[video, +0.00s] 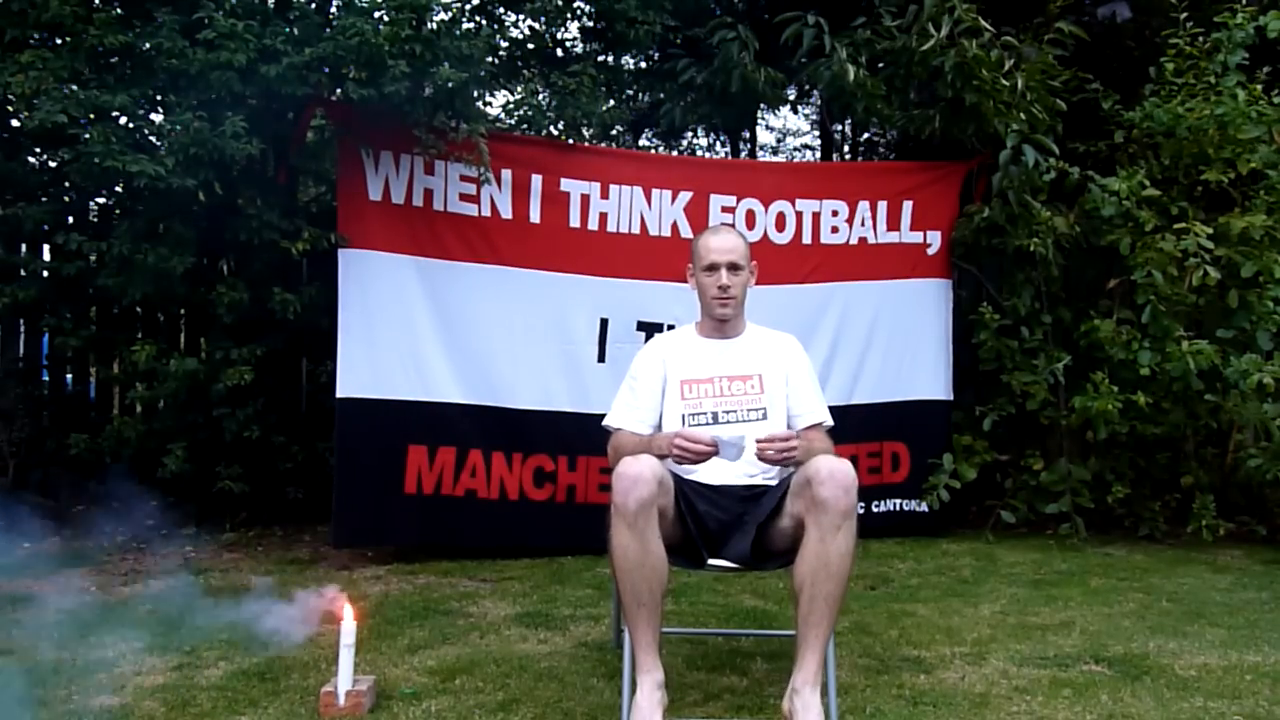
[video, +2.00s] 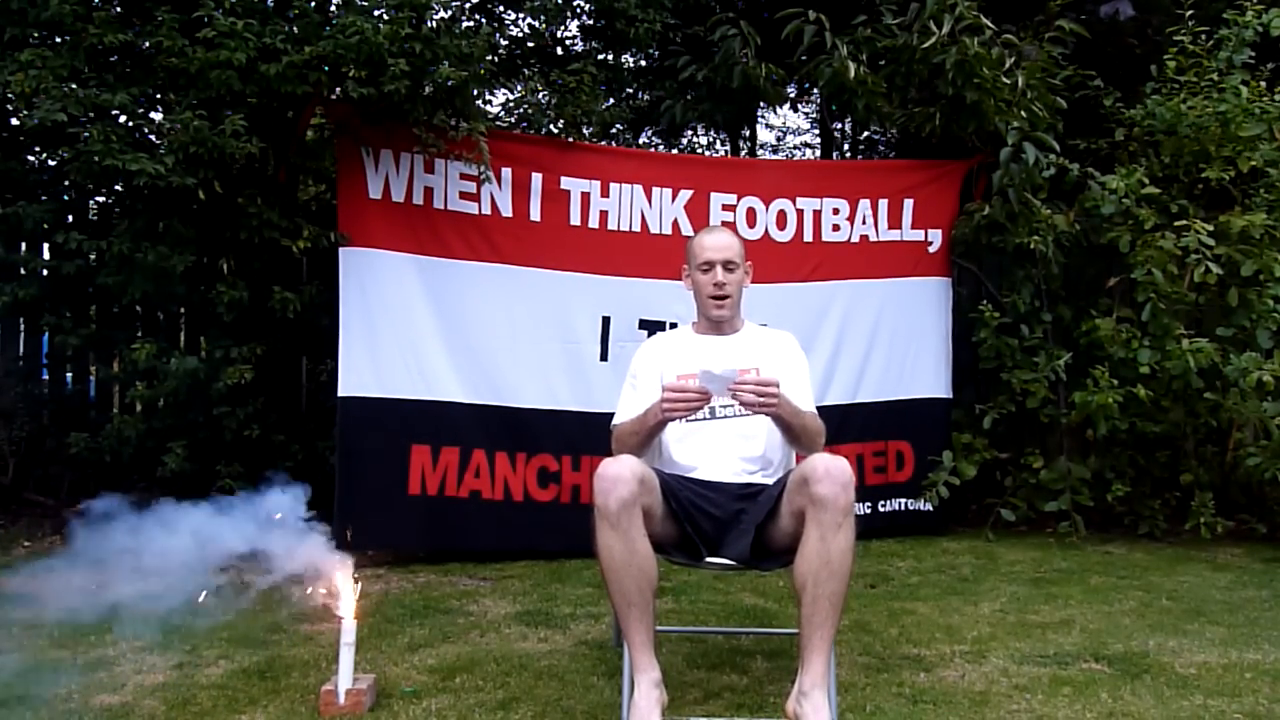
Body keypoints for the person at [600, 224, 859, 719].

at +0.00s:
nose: (723, 281)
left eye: (734, 269)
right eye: (711, 270)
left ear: (751, 276)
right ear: (692, 278)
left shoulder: (784, 350)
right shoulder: (660, 352)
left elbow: (821, 440)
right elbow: (619, 446)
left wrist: (800, 448)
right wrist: (661, 443)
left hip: (770, 506)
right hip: (684, 505)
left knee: (836, 478)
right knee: (632, 476)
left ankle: (806, 687)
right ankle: (648, 680)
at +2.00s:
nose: (719, 279)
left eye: (730, 267)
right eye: (706, 268)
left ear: (746, 275)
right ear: (688, 278)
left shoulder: (782, 346)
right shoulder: (657, 349)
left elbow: (813, 442)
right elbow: (620, 446)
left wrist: (780, 407)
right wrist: (659, 413)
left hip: (767, 504)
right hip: (677, 502)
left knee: (833, 475)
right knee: (612, 477)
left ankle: (812, 688)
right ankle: (646, 680)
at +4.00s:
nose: (684, 296)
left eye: (696, 283)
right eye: (678, 285)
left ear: (735, 278)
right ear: (673, 285)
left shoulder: (781, 350)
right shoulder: (658, 353)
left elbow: (812, 437)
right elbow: (615, 442)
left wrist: (825, 448)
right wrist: (633, 445)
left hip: (768, 504)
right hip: (679, 503)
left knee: (837, 477)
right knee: (615, 485)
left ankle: (812, 689)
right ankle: (642, 682)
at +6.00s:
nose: (711, 283)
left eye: (723, 270)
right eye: (699, 272)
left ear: (744, 276)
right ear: (684, 281)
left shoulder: (780, 350)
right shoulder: (657, 353)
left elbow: (811, 437)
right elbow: (614, 442)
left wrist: (825, 449)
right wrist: (634, 443)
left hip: (768, 502)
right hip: (680, 502)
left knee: (836, 477)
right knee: (620, 483)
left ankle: (813, 690)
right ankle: (642, 681)